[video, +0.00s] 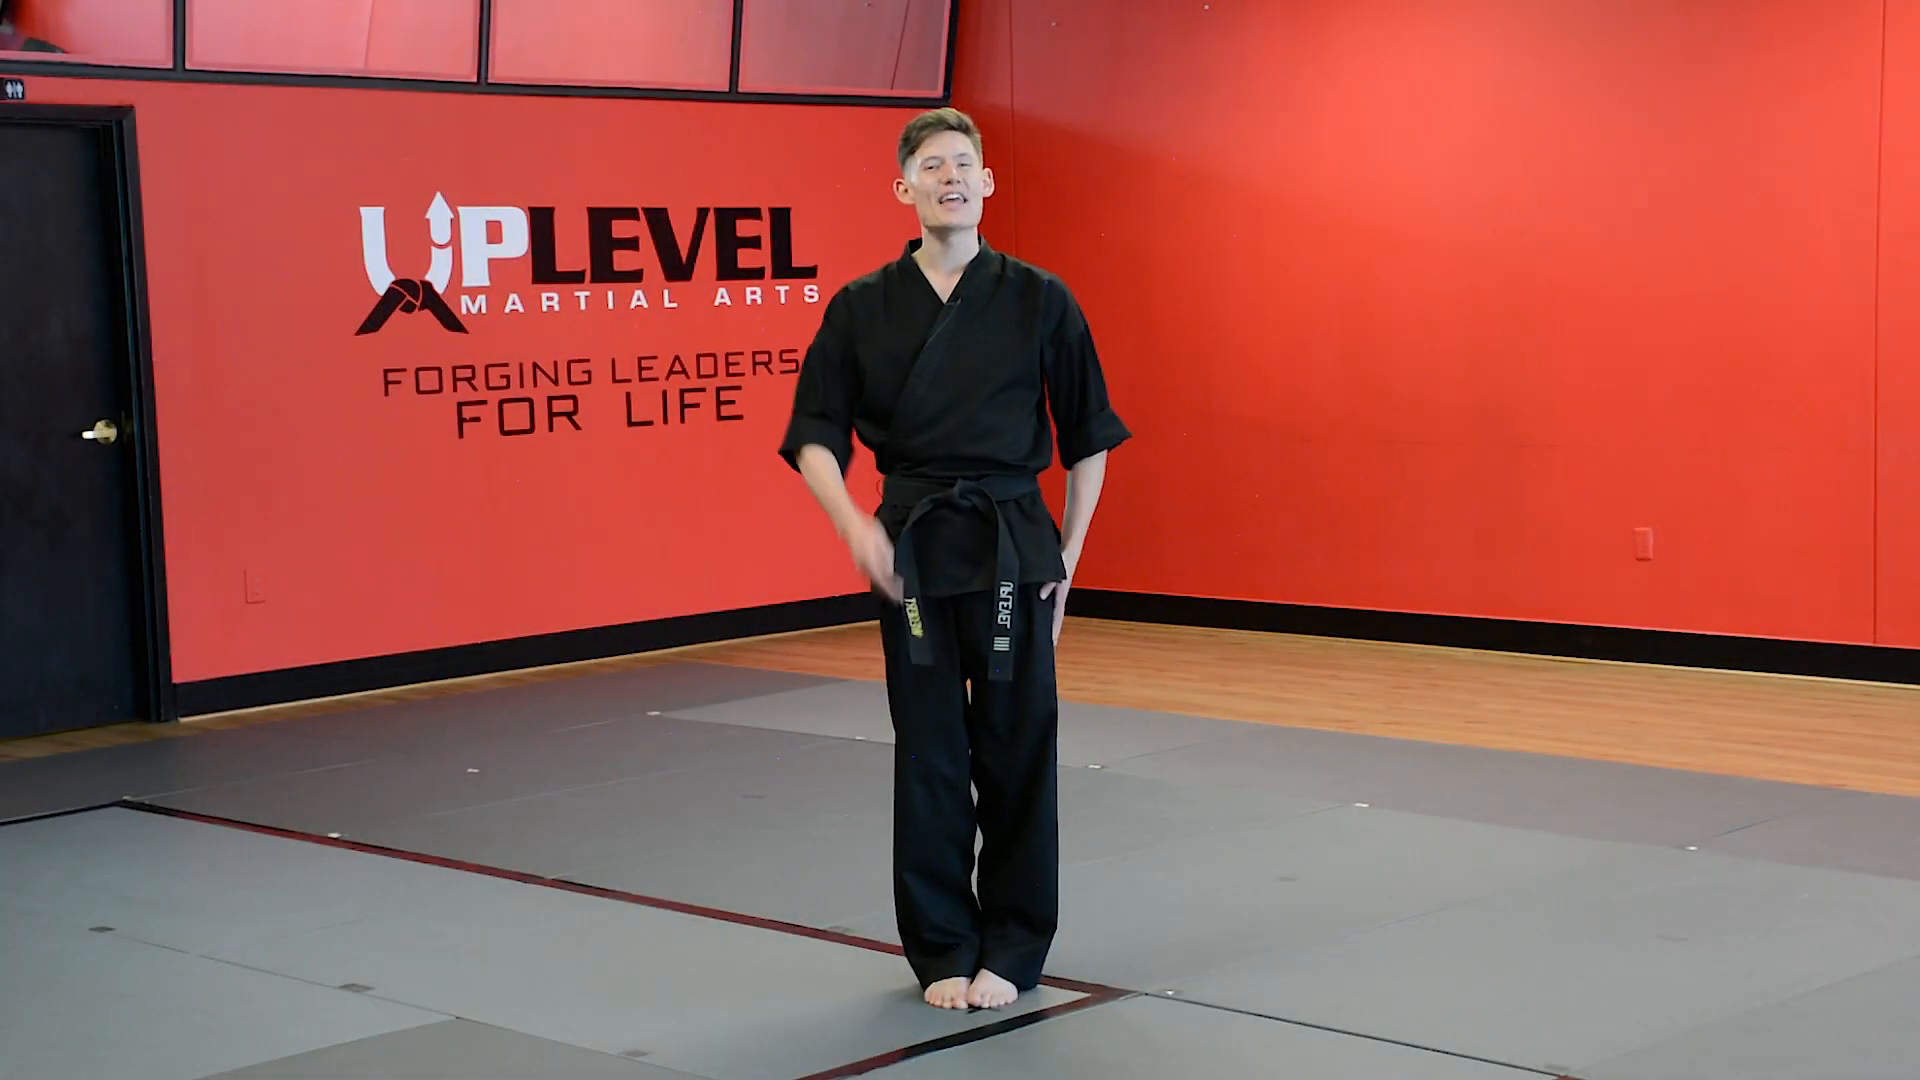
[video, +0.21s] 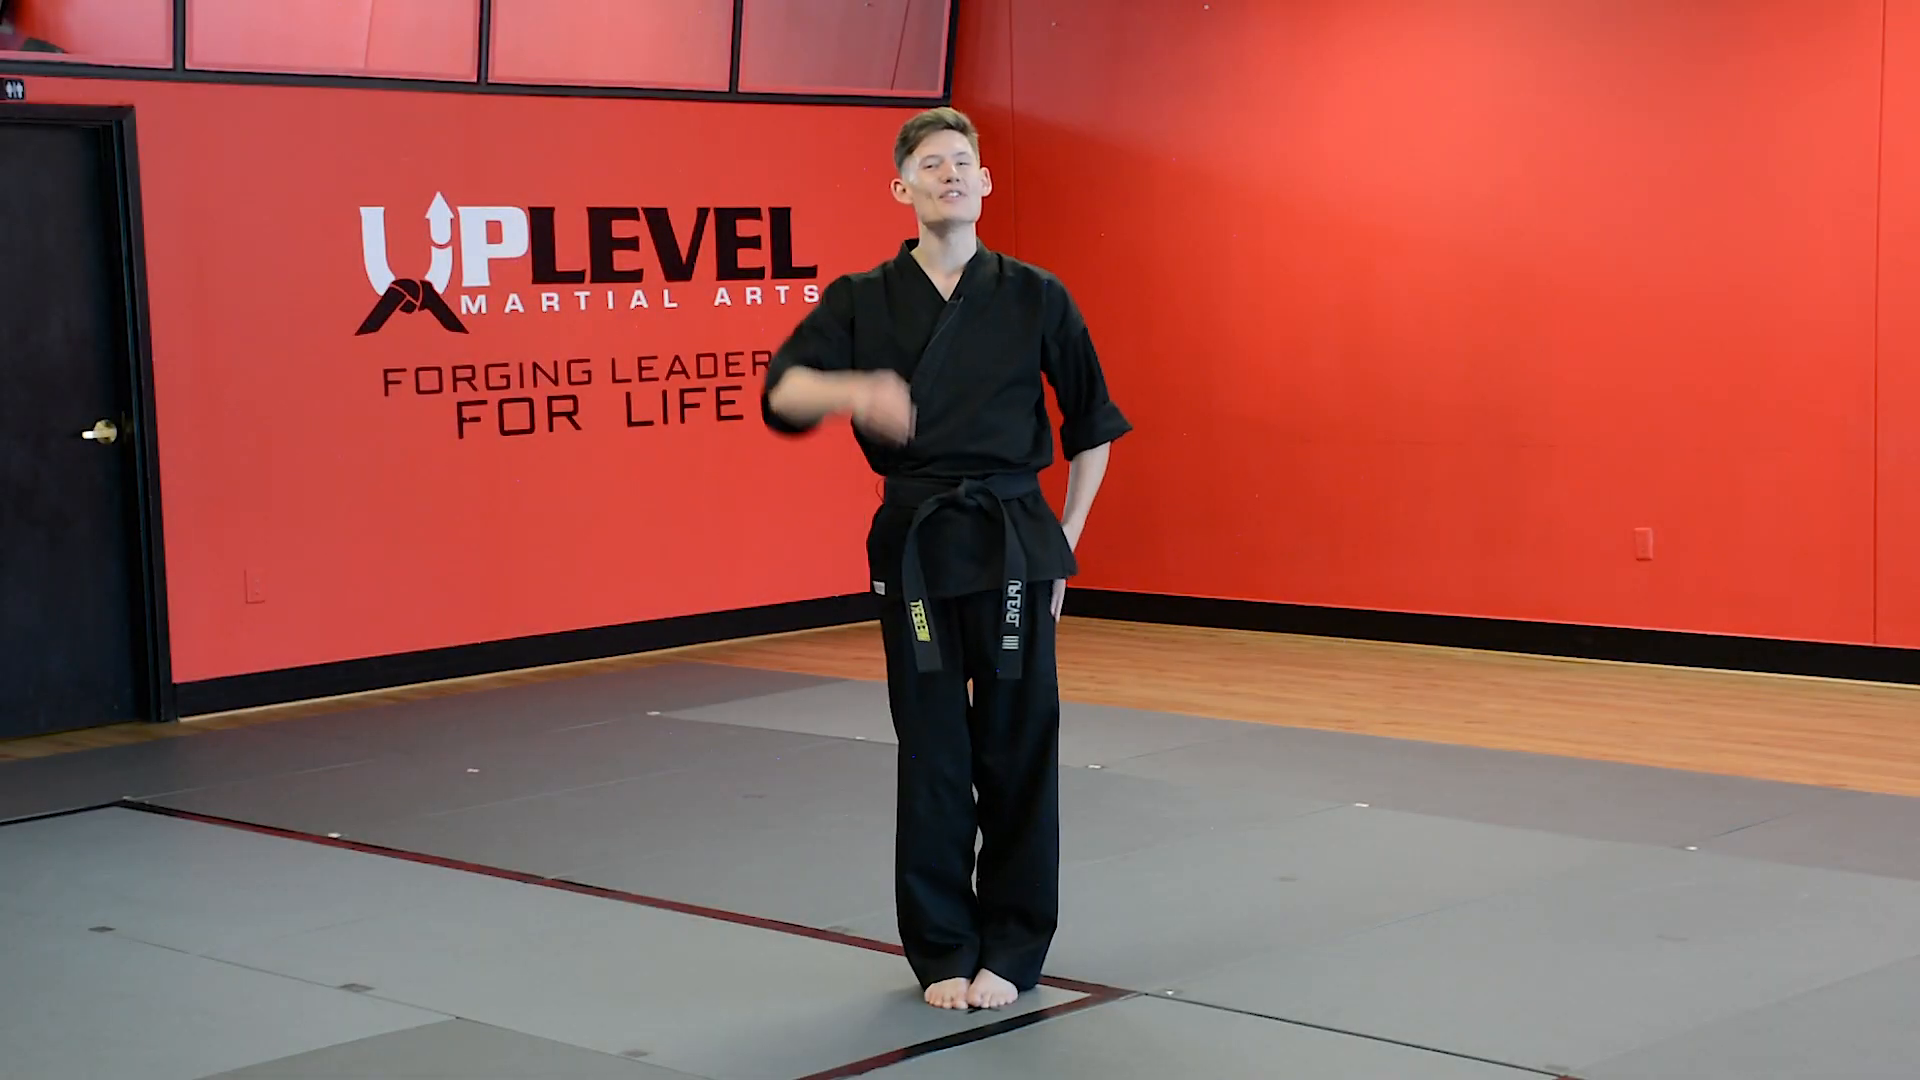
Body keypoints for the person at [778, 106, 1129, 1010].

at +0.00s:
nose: (953, 177)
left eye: (966, 165)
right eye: (934, 166)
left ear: (987, 183)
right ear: (905, 187)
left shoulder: (1039, 297)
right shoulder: (860, 306)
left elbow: (1087, 437)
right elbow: (812, 439)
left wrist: (1070, 556)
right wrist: (857, 529)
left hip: (1017, 536)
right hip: (914, 539)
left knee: (1016, 761)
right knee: (929, 762)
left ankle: (1011, 955)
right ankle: (943, 955)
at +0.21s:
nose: (952, 171)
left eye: (963, 160)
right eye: (932, 162)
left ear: (985, 182)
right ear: (902, 189)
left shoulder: (1037, 295)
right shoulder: (859, 299)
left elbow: (1093, 420)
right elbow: (781, 394)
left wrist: (1068, 534)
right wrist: (852, 392)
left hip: (1016, 537)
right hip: (915, 540)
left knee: (1018, 759)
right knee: (932, 759)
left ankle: (1011, 956)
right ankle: (943, 957)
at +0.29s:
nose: (955, 172)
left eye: (965, 160)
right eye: (935, 162)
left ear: (984, 182)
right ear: (903, 187)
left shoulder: (1034, 293)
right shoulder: (862, 292)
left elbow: (1091, 417)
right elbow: (772, 372)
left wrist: (1067, 531)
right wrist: (848, 346)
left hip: (1018, 536)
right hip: (917, 539)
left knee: (1018, 759)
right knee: (935, 760)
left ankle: (1010, 956)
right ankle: (942, 957)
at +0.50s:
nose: (965, 168)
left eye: (972, 157)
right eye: (942, 158)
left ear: (987, 180)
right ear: (903, 182)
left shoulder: (1030, 294)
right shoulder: (871, 293)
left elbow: (1085, 409)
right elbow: (766, 322)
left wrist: (1060, 516)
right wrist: (852, 264)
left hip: (1018, 537)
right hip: (919, 541)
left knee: (1022, 759)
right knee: (940, 760)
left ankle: (1010, 957)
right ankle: (944, 958)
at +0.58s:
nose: (968, 166)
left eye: (974, 155)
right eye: (945, 157)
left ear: (988, 178)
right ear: (905, 181)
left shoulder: (1029, 293)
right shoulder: (870, 286)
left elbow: (1081, 404)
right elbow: (769, 311)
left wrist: (1060, 510)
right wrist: (854, 242)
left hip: (1020, 537)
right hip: (923, 541)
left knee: (1022, 760)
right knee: (943, 760)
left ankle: (1010, 957)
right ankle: (943, 957)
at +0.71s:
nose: (969, 163)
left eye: (976, 152)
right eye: (945, 155)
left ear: (990, 177)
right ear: (905, 183)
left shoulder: (1029, 291)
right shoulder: (871, 284)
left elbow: (1076, 399)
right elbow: (776, 304)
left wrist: (1058, 510)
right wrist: (856, 229)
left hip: (1019, 537)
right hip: (922, 541)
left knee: (1020, 762)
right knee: (940, 762)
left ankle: (1009, 958)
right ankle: (943, 958)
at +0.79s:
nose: (969, 162)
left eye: (975, 151)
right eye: (945, 154)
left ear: (990, 175)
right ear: (905, 181)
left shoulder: (1029, 288)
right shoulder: (876, 281)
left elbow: (1077, 400)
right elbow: (788, 305)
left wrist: (1053, 510)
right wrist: (863, 228)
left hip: (1017, 535)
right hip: (920, 538)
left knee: (1019, 762)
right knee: (937, 764)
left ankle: (1009, 955)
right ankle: (943, 958)